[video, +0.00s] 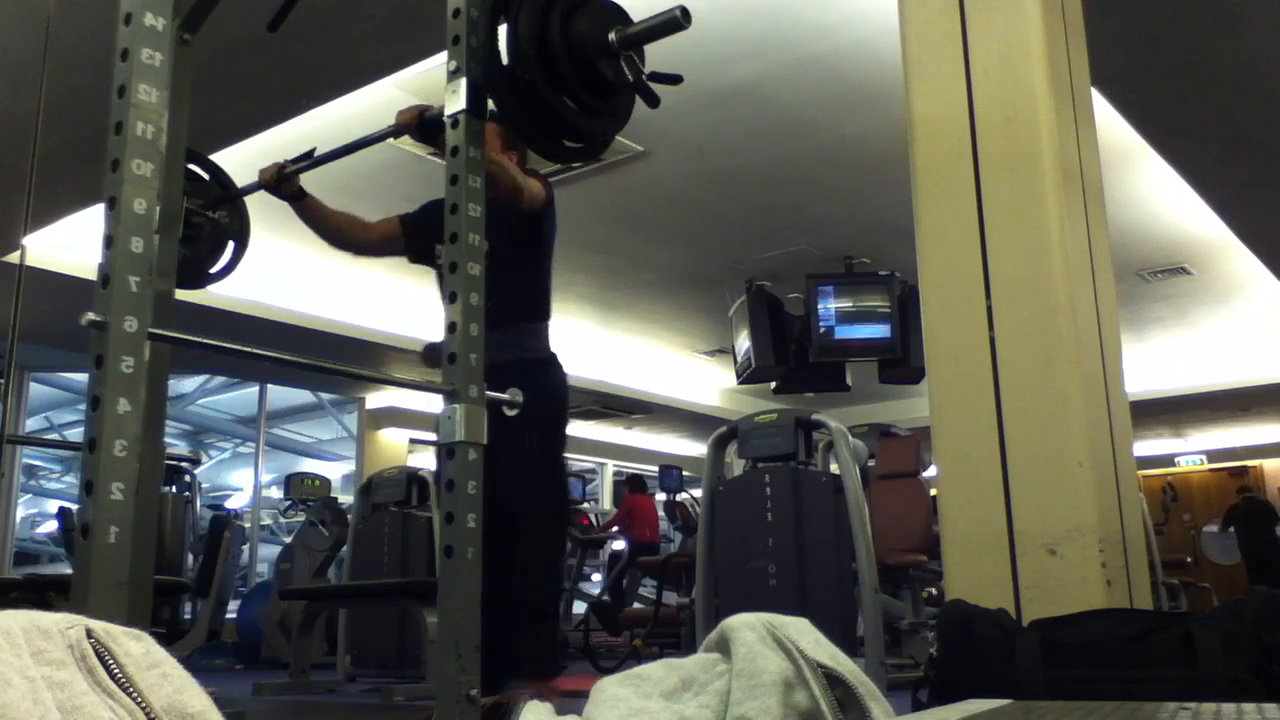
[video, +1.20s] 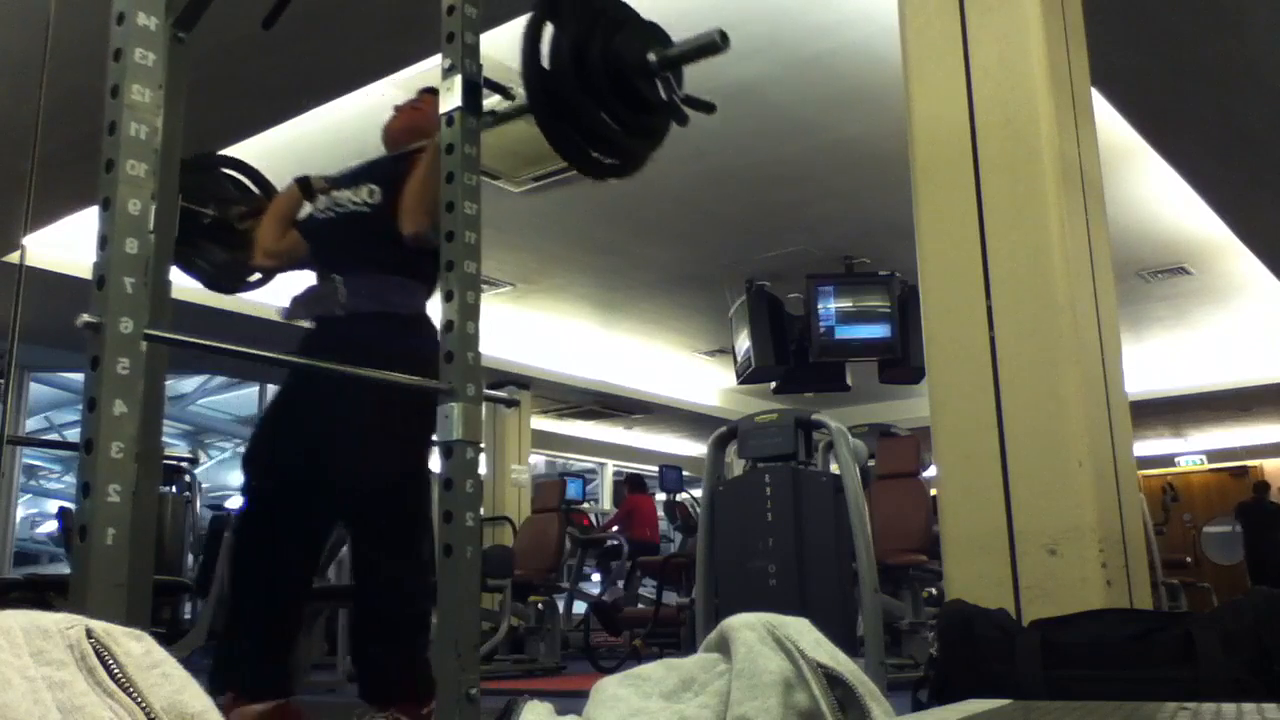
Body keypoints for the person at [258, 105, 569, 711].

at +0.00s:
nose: (470, 154)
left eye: (482, 143)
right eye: (465, 144)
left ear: (513, 152)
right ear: (455, 154)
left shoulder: (535, 198)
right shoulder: (447, 215)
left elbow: (506, 183)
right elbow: (361, 235)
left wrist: (443, 139)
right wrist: (296, 194)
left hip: (527, 383)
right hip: (469, 386)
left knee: (529, 532)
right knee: (472, 536)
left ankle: (532, 687)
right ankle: (485, 685)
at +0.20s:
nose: (428, 155)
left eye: (444, 146)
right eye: (427, 147)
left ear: (476, 156)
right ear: (427, 159)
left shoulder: (502, 208)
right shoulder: (407, 226)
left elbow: (499, 226)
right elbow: (331, 273)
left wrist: (436, 144)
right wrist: (291, 203)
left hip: (490, 397)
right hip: (421, 399)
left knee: (469, 544)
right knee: (370, 533)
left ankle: (475, 685)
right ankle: (437, 677)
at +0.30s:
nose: (403, 150)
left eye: (418, 140)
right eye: (399, 142)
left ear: (446, 153)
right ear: (393, 158)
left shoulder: (470, 206)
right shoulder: (382, 226)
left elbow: (469, 241)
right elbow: (304, 284)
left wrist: (434, 160)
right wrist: (281, 206)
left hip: (447, 404)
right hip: (386, 402)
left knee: (426, 553)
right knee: (298, 524)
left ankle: (445, 690)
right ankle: (343, 675)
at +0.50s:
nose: (373, 118)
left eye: (389, 114)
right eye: (370, 112)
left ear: (409, 140)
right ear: (354, 135)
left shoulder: (412, 195)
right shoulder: (315, 210)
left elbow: (399, 231)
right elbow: (240, 271)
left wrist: (412, 147)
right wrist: (258, 194)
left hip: (351, 379)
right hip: (287, 380)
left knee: (351, 546)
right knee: (220, 517)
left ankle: (432, 681)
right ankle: (250, 694)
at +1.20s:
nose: (404, 106)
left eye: (421, 103)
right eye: (404, 101)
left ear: (442, 130)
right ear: (390, 124)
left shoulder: (442, 178)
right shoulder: (354, 192)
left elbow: (414, 226)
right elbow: (267, 249)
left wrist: (440, 141)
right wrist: (300, 188)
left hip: (394, 352)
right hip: (325, 352)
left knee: (386, 516)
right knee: (275, 502)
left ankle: (399, 693)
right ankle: (258, 685)